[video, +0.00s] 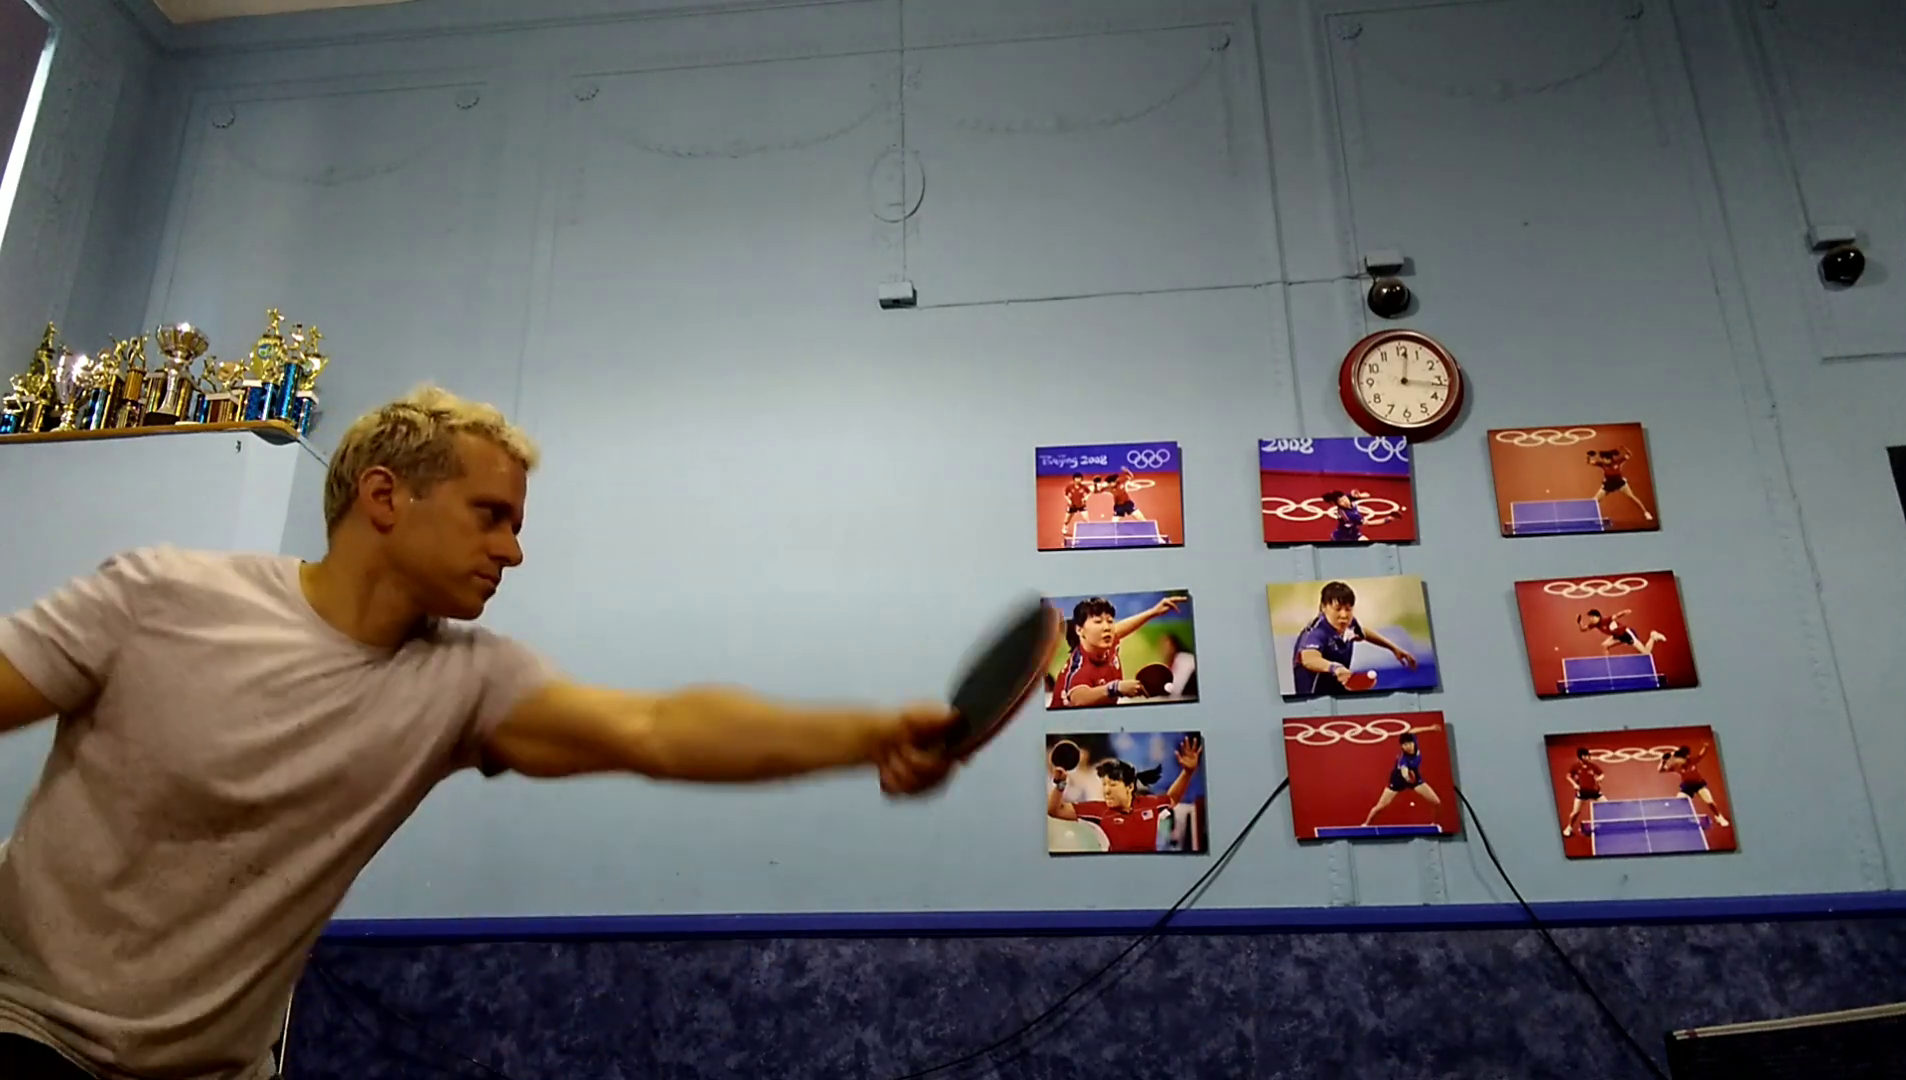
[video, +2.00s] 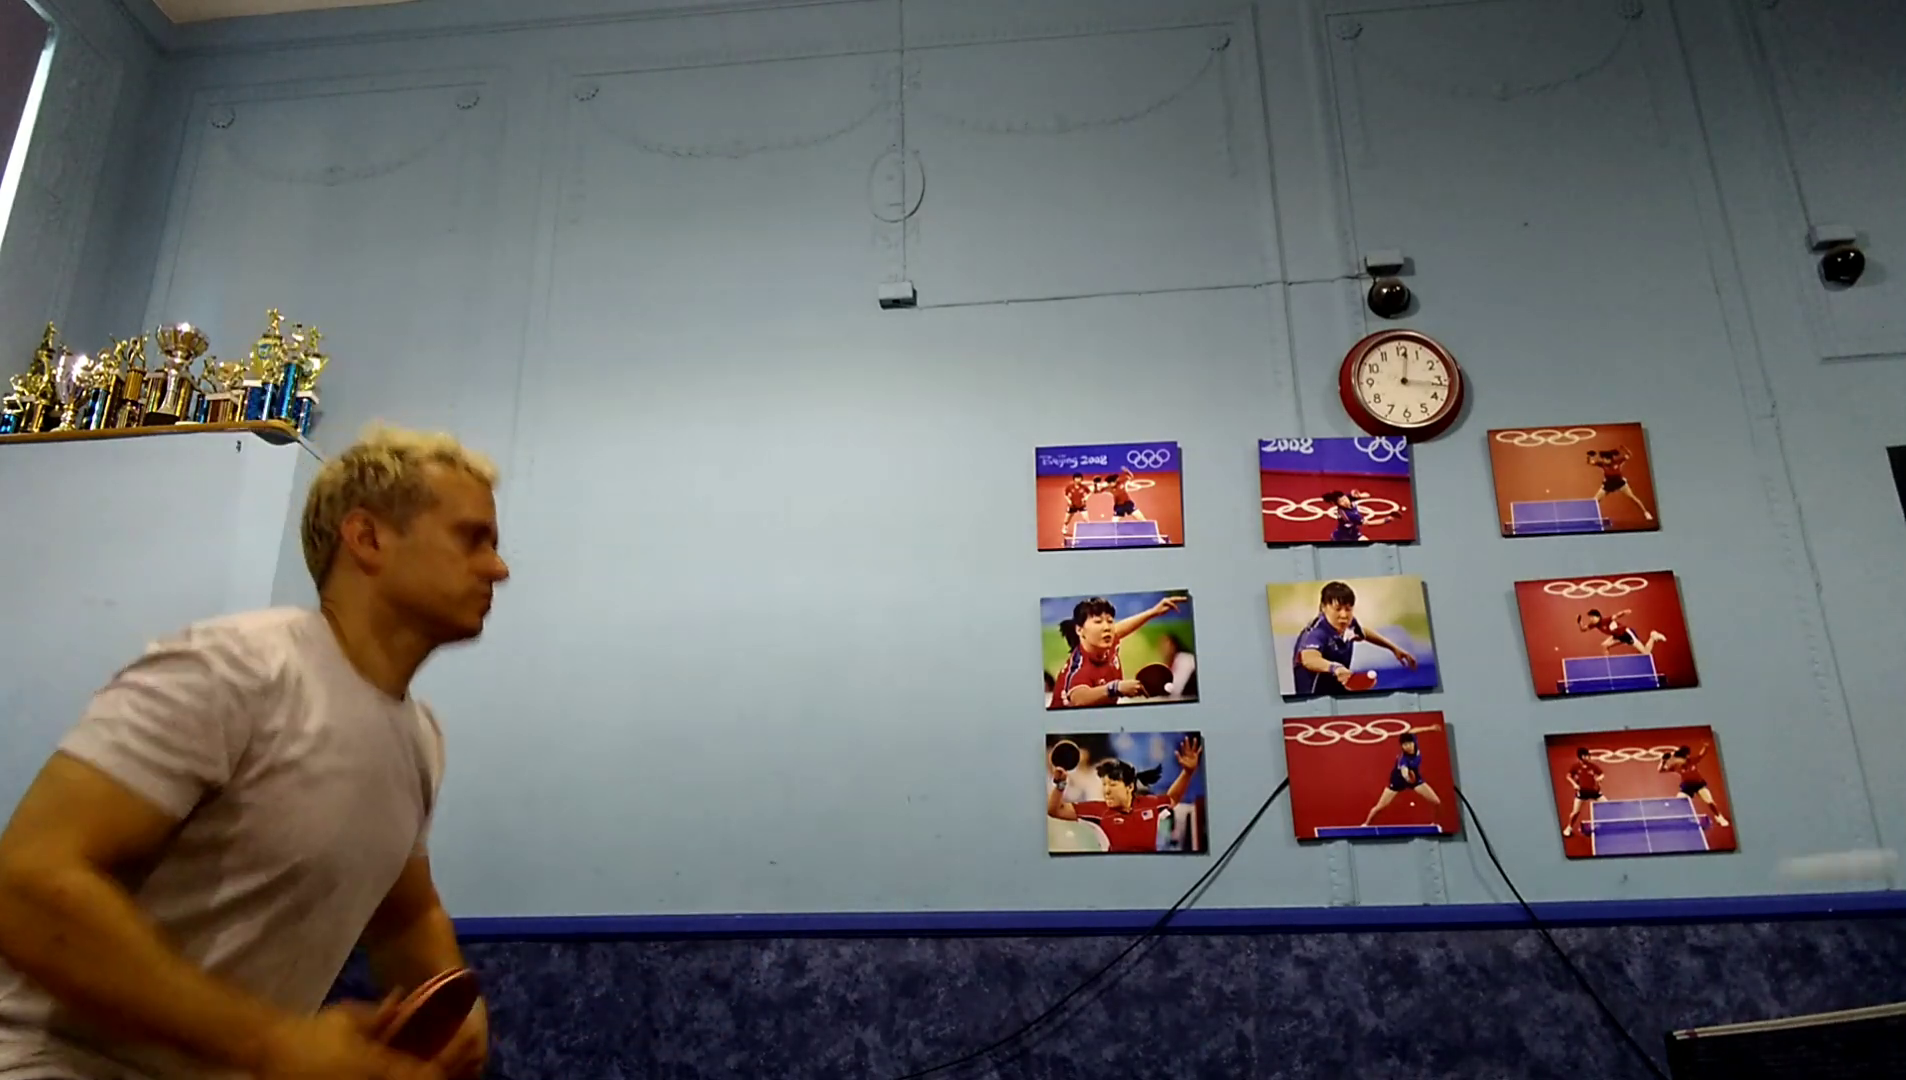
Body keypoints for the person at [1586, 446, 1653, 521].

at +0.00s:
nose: (1605, 461)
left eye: (1606, 460)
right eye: (1603, 460)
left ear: (1610, 459)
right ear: (1603, 459)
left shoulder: (1617, 461)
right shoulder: (1602, 464)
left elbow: (1629, 456)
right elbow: (1590, 463)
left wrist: (1625, 449)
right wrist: (1589, 457)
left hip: (1620, 482)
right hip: (1608, 483)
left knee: (1631, 497)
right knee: (1595, 499)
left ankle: (1645, 512)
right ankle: (1592, 519)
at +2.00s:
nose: (1605, 461)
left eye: (1606, 460)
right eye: (1603, 460)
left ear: (1610, 459)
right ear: (1603, 459)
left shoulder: (1617, 461)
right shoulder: (1602, 464)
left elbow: (1629, 457)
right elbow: (1590, 463)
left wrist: (1624, 449)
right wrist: (1589, 457)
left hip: (1620, 482)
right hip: (1608, 483)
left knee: (1632, 497)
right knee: (1595, 499)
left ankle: (1645, 512)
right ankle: (1592, 519)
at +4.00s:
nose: (1605, 461)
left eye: (1606, 459)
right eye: (1603, 459)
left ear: (1610, 458)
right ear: (1603, 459)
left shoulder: (1618, 462)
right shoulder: (1602, 464)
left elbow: (1629, 455)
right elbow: (1590, 463)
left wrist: (1624, 448)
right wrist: (1589, 457)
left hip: (1620, 482)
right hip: (1608, 483)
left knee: (1632, 497)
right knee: (1595, 499)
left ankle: (1645, 512)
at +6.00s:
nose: (1605, 461)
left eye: (1606, 460)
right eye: (1603, 460)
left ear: (1610, 458)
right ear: (1603, 459)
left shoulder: (1618, 462)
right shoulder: (1602, 464)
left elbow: (1629, 455)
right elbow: (1590, 463)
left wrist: (1624, 448)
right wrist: (1589, 457)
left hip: (1620, 482)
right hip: (1608, 483)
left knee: (1632, 497)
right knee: (1595, 499)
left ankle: (1645, 512)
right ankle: (1591, 519)